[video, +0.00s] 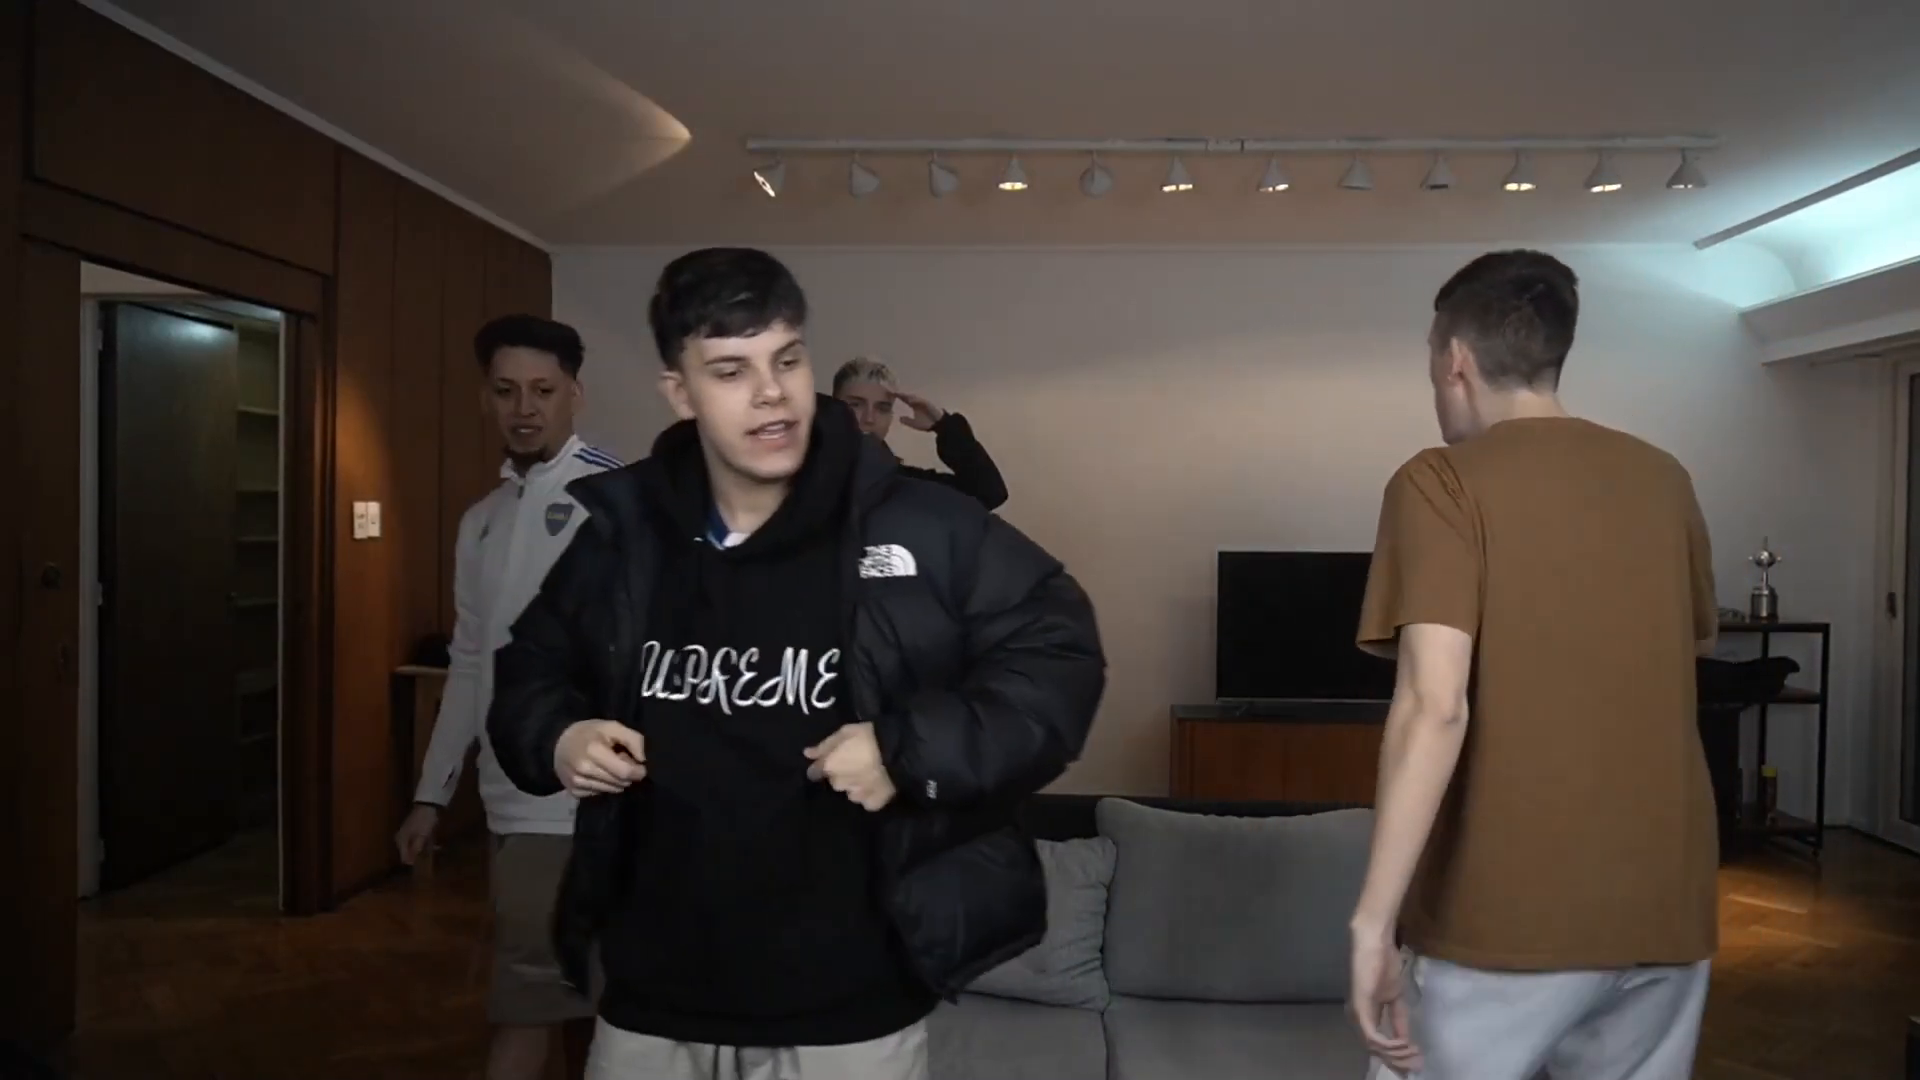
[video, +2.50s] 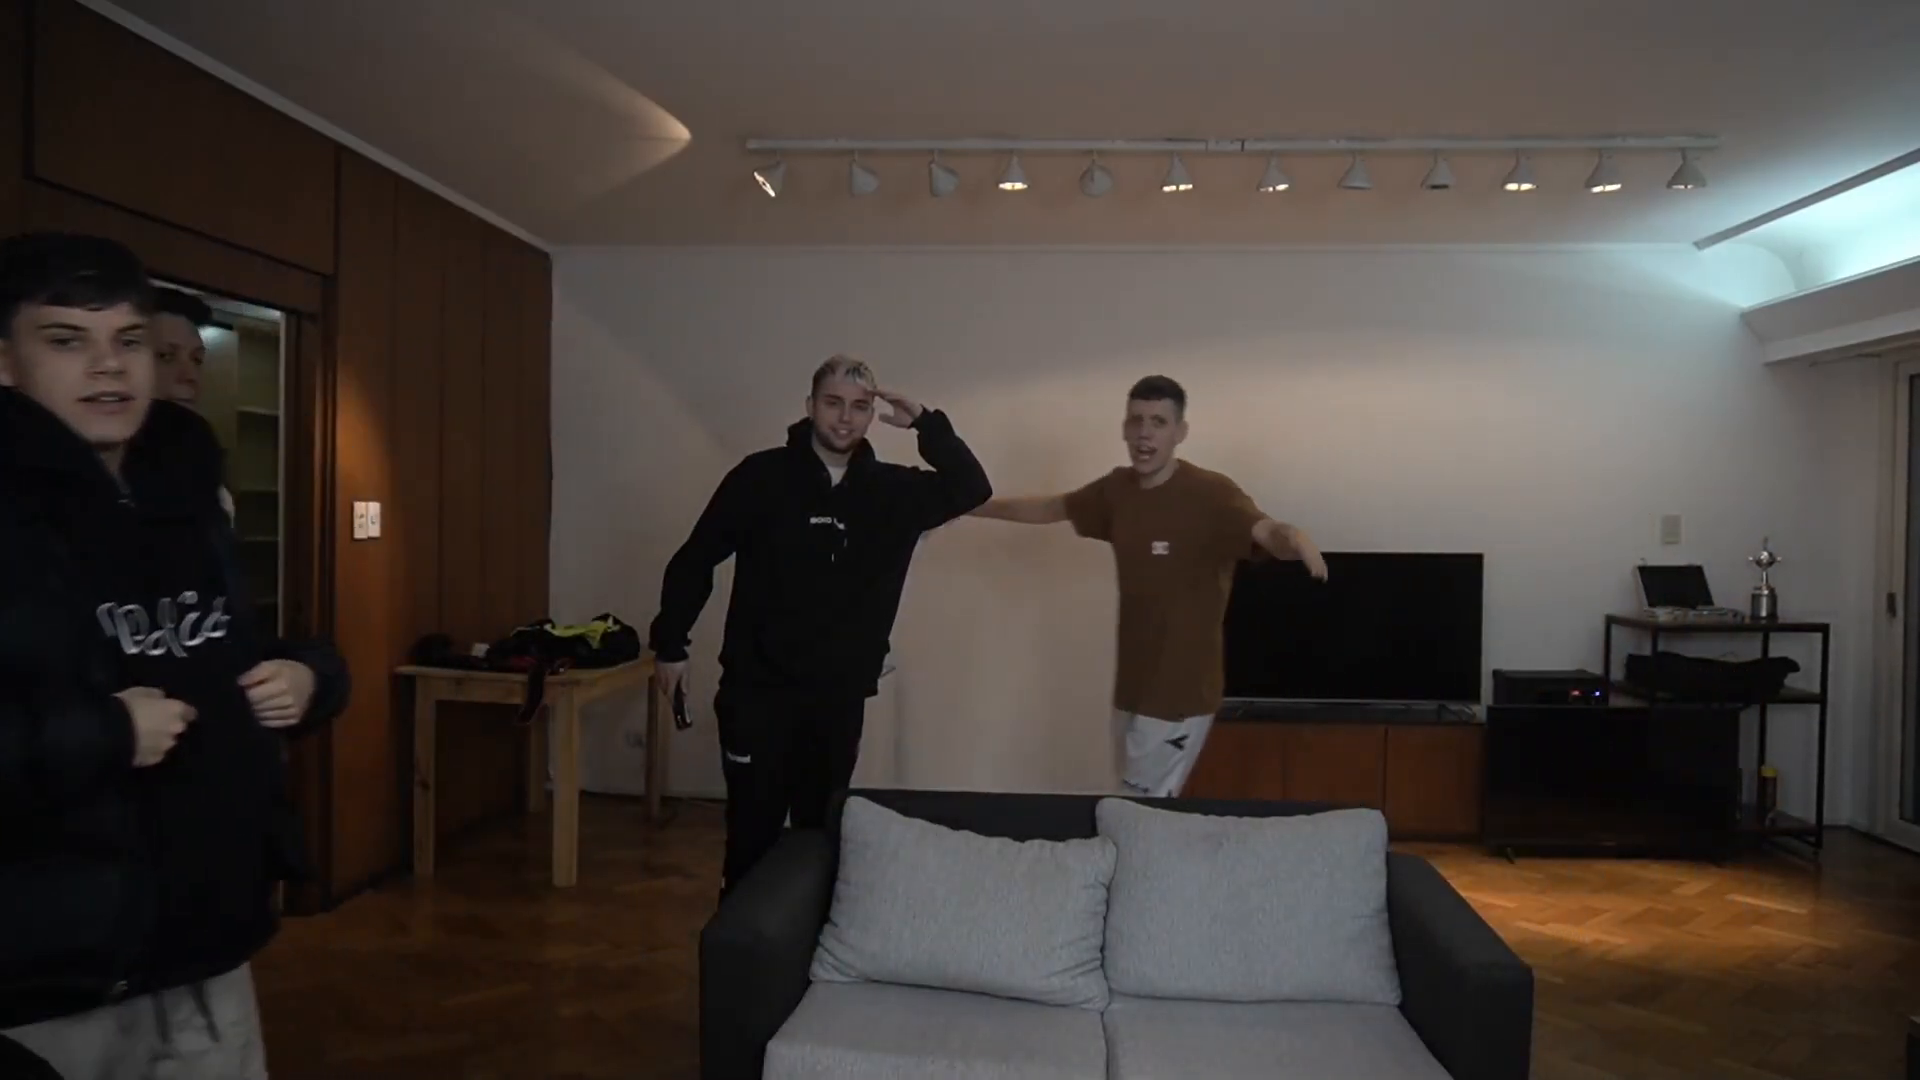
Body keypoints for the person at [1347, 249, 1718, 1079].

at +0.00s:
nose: (1435, 390)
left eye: (1434, 366)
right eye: (1436, 365)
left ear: (1456, 364)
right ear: (1555, 358)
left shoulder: (1445, 479)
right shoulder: (1664, 477)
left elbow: (1433, 708)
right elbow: (1691, 650)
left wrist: (1373, 921)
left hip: (1501, 932)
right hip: (1669, 927)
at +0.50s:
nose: (1453, 446)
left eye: (1452, 426)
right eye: (1448, 427)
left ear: (1488, 416)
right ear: (1553, 403)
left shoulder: (1488, 513)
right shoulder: (1672, 476)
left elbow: (1391, 659)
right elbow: (1741, 563)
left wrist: (1249, 759)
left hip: (1567, 825)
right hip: (1709, 823)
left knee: (1562, 1047)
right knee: (1655, 1036)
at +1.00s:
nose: (1499, 424)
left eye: (1507, 407)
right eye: (1500, 408)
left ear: (1553, 408)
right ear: (1582, 409)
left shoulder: (1533, 483)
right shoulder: (1669, 471)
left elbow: (1432, 508)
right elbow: (1695, 518)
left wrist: (1306, 463)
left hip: (1597, 752)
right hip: (1704, 742)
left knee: (1604, 941)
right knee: (1697, 951)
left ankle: (1625, 1074)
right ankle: (1709, 1075)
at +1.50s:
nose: (1413, 438)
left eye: (1424, 427)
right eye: (1417, 424)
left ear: (1472, 434)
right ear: (1484, 432)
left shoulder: (1492, 495)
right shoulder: (1536, 470)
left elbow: (1405, 547)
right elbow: (1506, 428)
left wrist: (1322, 475)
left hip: (1528, 720)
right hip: (1577, 702)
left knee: (1521, 873)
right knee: (1555, 865)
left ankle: (1629, 1039)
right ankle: (1579, 1020)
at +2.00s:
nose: (1301, 447)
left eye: (1317, 437)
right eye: (1298, 434)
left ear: (1351, 444)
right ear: (1293, 434)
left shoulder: (1363, 501)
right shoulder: (1327, 497)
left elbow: (1325, 556)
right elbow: (1300, 508)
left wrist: (1222, 566)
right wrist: (1242, 501)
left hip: (1371, 718)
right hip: (1326, 707)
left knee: (1357, 852)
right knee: (1299, 838)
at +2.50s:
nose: (1143, 433)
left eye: (1158, 422)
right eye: (1135, 421)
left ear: (1181, 432)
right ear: (1125, 427)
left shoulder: (1211, 495)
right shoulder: (1116, 491)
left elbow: (1264, 531)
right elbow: (1049, 509)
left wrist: (1292, 542)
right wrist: (967, 504)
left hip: (1184, 686)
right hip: (1133, 679)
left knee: (1139, 809)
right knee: (1141, 809)